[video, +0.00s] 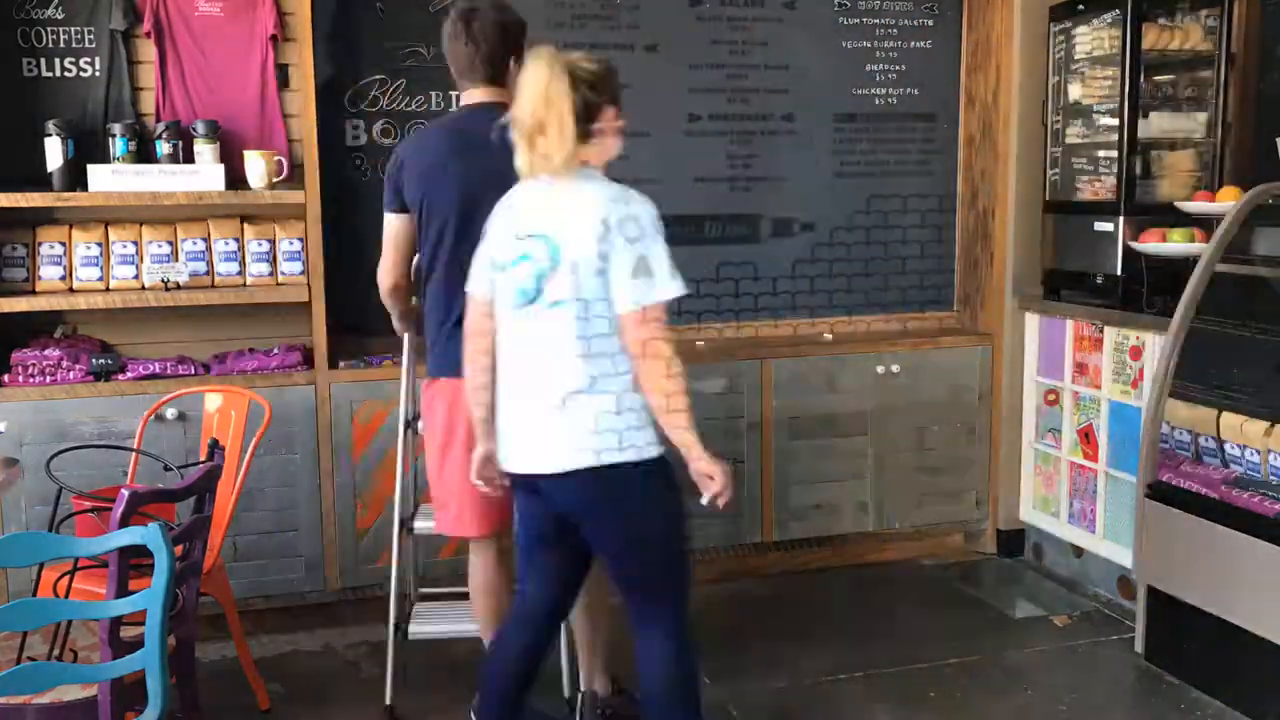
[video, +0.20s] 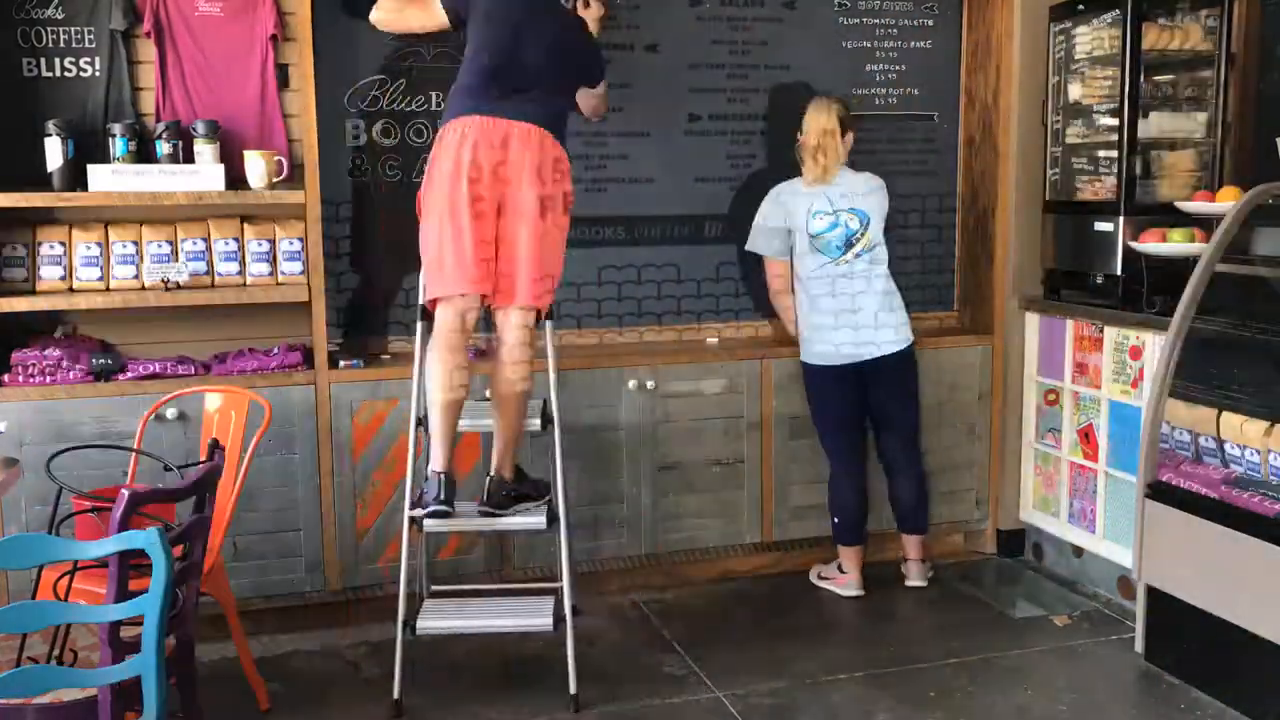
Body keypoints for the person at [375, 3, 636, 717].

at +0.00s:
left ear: (453, 63)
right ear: (522, 59)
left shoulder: (417, 149)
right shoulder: (552, 136)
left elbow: (392, 276)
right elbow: (589, 247)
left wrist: (411, 325)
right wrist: (587, 320)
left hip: (458, 369)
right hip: (552, 360)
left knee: (484, 539)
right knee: (574, 529)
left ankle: (506, 693)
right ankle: (596, 687)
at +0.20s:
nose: (597, 9)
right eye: (597, 5)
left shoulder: (481, 4)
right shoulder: (578, 35)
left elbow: (383, 14)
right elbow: (594, 107)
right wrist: (589, 33)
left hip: (463, 136)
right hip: (534, 147)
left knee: (455, 311)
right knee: (518, 320)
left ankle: (437, 478)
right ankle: (504, 478)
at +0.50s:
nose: (555, 17)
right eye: (582, 15)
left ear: (542, 18)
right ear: (592, 23)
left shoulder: (513, 68)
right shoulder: (615, 84)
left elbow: (478, 140)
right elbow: (621, 93)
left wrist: (450, 219)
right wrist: (625, 44)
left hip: (525, 237)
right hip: (591, 243)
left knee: (496, 389)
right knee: (567, 396)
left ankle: (508, 537)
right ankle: (560, 550)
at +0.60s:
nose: (574, 18)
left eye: (520, 16)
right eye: (576, 13)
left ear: (522, 23)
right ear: (575, 16)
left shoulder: (511, 78)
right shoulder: (610, 75)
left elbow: (490, 153)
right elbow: (627, 120)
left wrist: (477, 228)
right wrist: (602, 51)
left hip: (559, 241)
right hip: (622, 237)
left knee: (579, 398)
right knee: (632, 390)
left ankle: (600, 538)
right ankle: (648, 535)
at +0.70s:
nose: (567, 17)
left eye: (558, 12)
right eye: (598, 12)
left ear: (557, 20)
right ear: (608, 17)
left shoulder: (543, 76)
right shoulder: (638, 77)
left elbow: (512, 152)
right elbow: (661, 123)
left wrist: (491, 222)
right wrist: (652, 52)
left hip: (575, 243)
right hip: (638, 242)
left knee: (586, 396)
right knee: (641, 392)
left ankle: (602, 537)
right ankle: (648, 534)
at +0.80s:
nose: (552, 18)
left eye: (549, 14)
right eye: (575, 12)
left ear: (550, 22)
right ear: (601, 18)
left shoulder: (538, 76)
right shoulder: (636, 78)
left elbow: (512, 158)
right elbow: (623, 101)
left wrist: (490, 225)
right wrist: (621, 55)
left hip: (571, 243)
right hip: (634, 242)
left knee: (585, 395)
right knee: (636, 392)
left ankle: (601, 536)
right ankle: (640, 532)